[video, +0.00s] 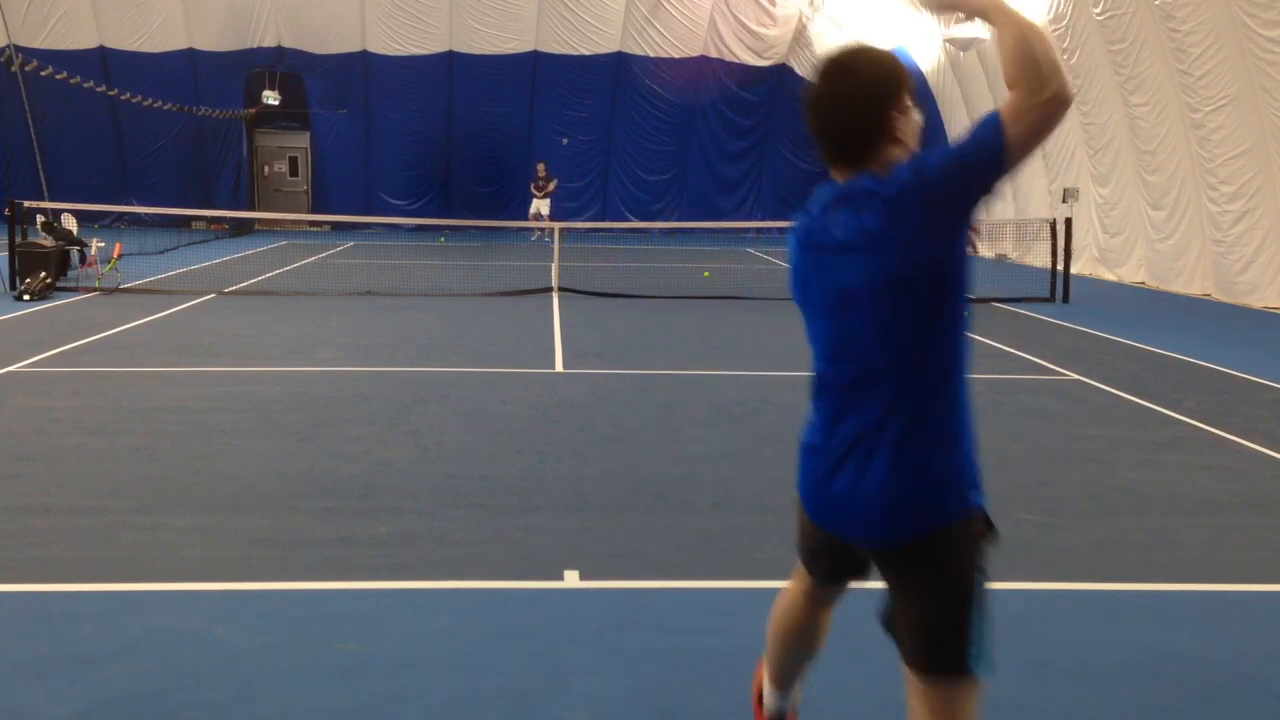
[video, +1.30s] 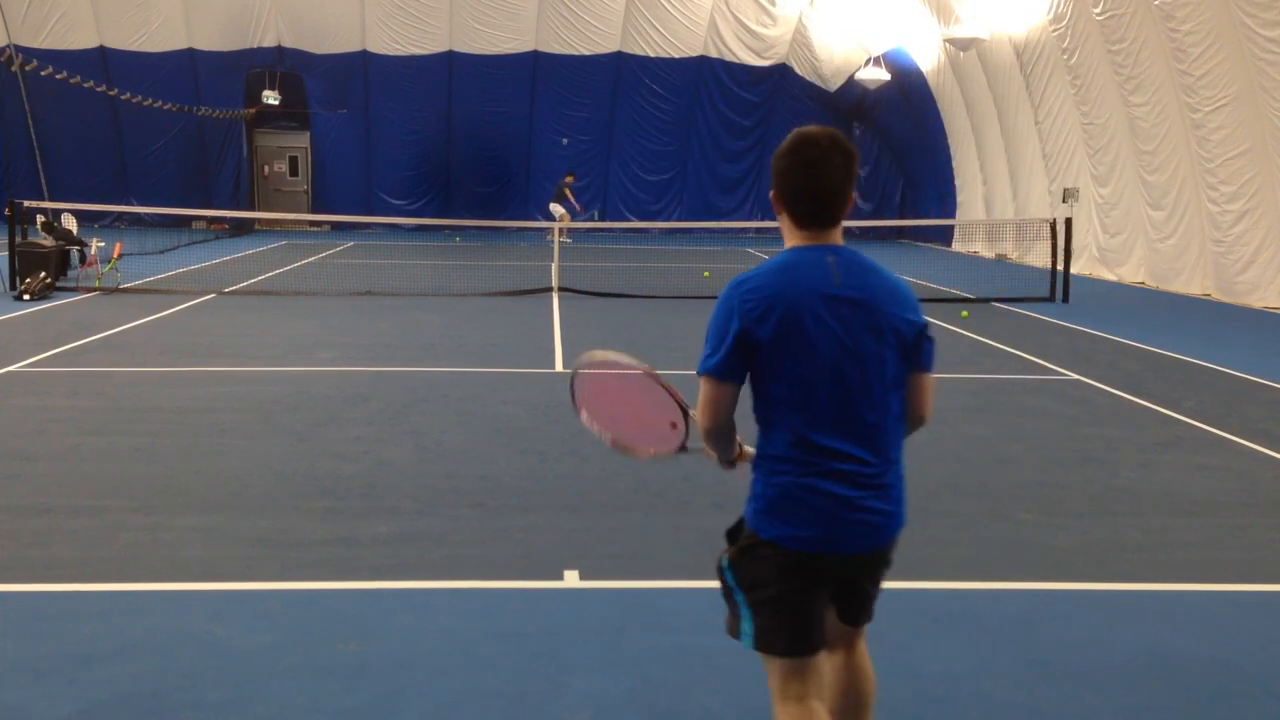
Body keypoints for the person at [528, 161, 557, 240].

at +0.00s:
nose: (540, 168)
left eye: (541, 166)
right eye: (539, 166)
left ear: (544, 167)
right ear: (537, 168)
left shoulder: (549, 177)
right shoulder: (535, 177)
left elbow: (551, 187)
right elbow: (532, 188)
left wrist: (544, 192)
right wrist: (537, 193)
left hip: (545, 199)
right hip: (536, 199)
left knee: (545, 216)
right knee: (531, 216)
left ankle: (547, 235)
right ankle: (537, 231)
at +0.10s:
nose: (538, 167)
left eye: (540, 166)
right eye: (537, 166)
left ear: (543, 167)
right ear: (535, 167)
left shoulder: (547, 177)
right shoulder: (533, 177)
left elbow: (549, 187)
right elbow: (530, 187)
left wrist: (542, 192)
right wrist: (535, 193)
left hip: (543, 199)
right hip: (534, 198)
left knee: (544, 216)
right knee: (528, 215)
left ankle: (547, 234)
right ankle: (530, 231)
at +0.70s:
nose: (547, 169)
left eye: (548, 167)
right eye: (546, 167)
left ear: (551, 169)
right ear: (543, 169)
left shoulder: (552, 178)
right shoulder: (539, 178)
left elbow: (554, 188)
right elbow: (536, 190)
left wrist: (550, 196)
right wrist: (544, 197)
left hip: (548, 198)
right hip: (539, 198)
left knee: (552, 216)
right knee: (539, 215)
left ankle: (548, 233)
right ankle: (535, 233)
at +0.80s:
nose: (552, 172)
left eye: (553, 170)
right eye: (550, 170)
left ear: (555, 171)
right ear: (547, 171)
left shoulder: (556, 182)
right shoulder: (544, 181)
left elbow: (557, 192)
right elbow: (541, 193)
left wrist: (555, 200)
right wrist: (550, 200)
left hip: (551, 201)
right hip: (543, 201)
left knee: (555, 218)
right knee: (545, 217)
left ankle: (550, 236)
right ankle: (536, 235)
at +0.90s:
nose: (557, 173)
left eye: (558, 171)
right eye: (555, 171)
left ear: (559, 173)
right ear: (552, 172)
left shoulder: (557, 183)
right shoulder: (550, 182)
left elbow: (559, 192)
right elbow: (548, 194)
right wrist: (556, 201)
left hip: (553, 202)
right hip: (546, 201)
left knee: (557, 218)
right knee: (554, 215)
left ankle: (552, 235)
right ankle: (545, 231)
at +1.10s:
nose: (568, 179)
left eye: (568, 177)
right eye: (567, 177)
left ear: (563, 177)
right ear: (562, 176)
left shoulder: (558, 184)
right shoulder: (561, 186)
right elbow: (566, 197)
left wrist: (567, 188)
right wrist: (573, 196)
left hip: (548, 203)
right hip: (551, 204)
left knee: (557, 219)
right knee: (563, 218)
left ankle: (551, 235)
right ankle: (561, 236)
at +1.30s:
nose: (572, 181)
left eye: (572, 179)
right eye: (571, 179)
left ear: (570, 179)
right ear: (567, 178)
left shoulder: (562, 184)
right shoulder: (564, 184)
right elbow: (569, 196)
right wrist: (576, 205)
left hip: (554, 204)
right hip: (555, 204)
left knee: (560, 220)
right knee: (566, 217)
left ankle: (551, 235)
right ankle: (563, 236)